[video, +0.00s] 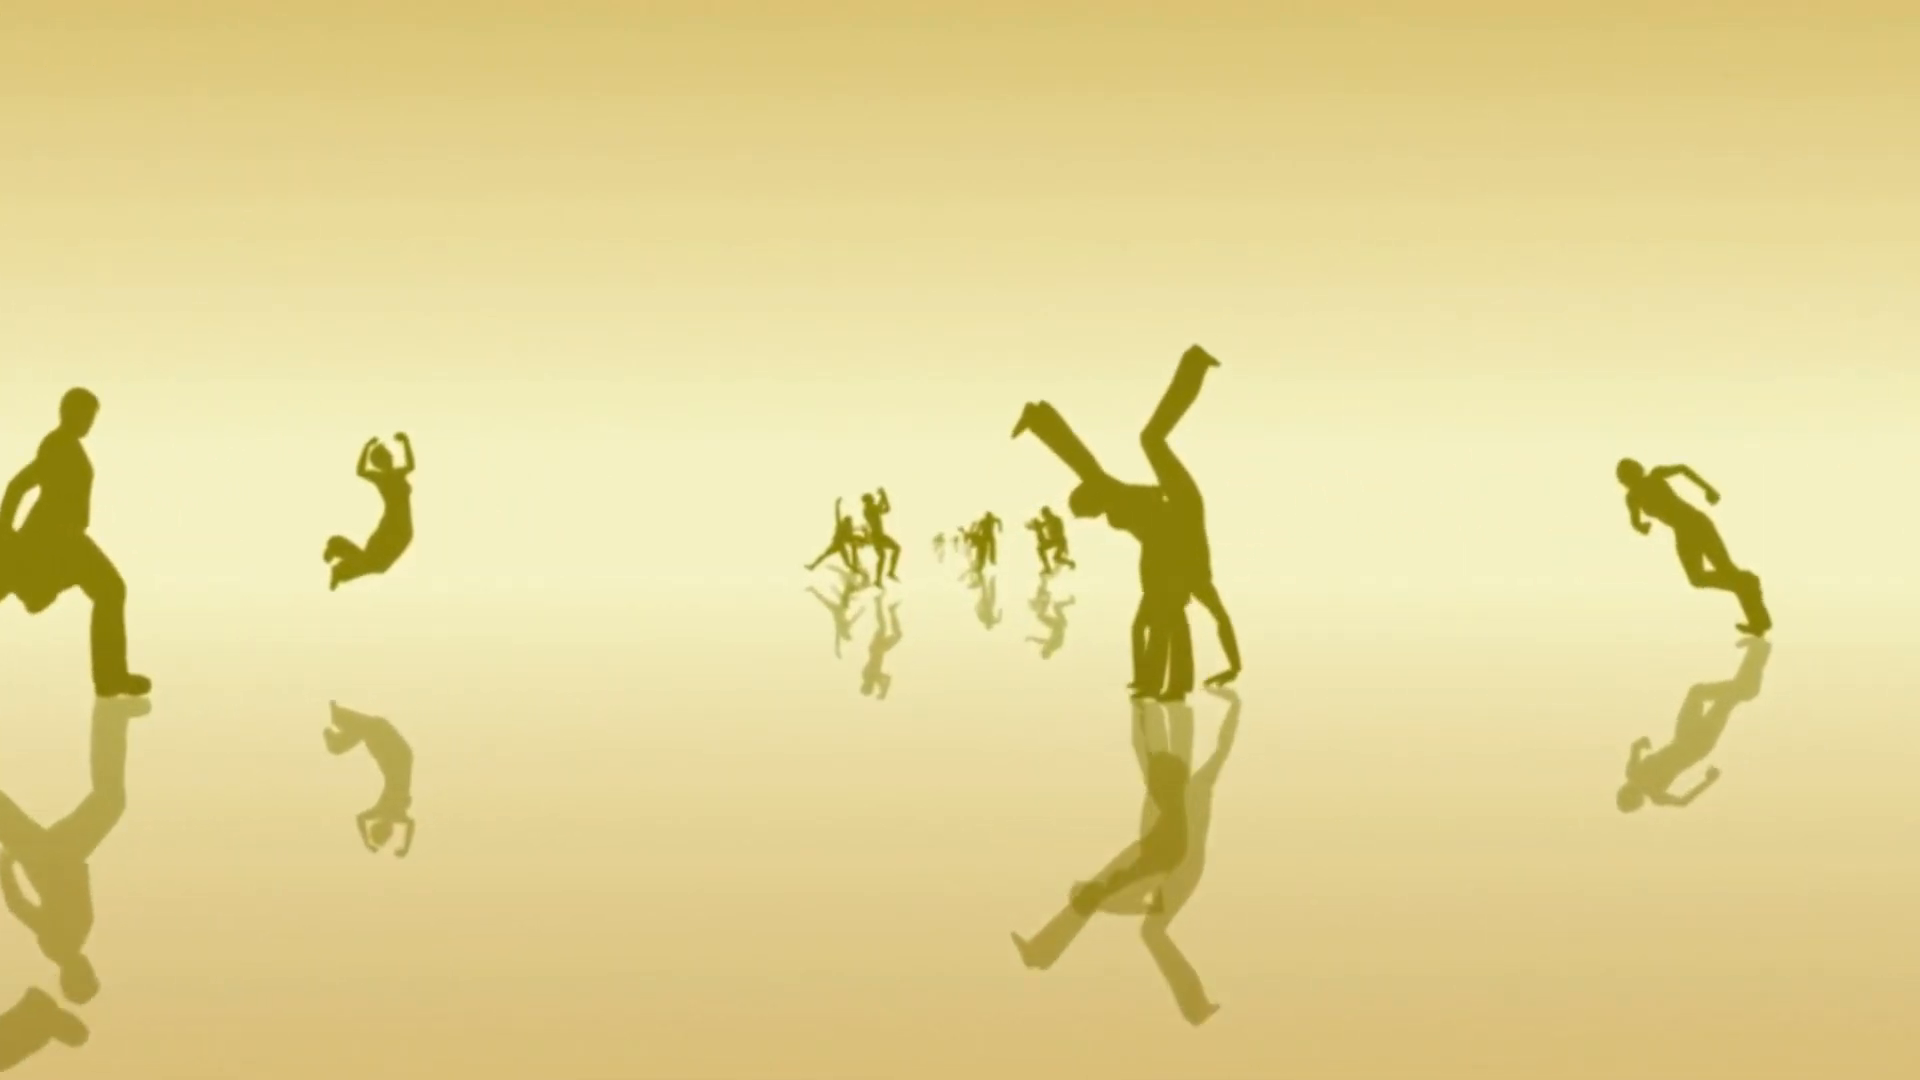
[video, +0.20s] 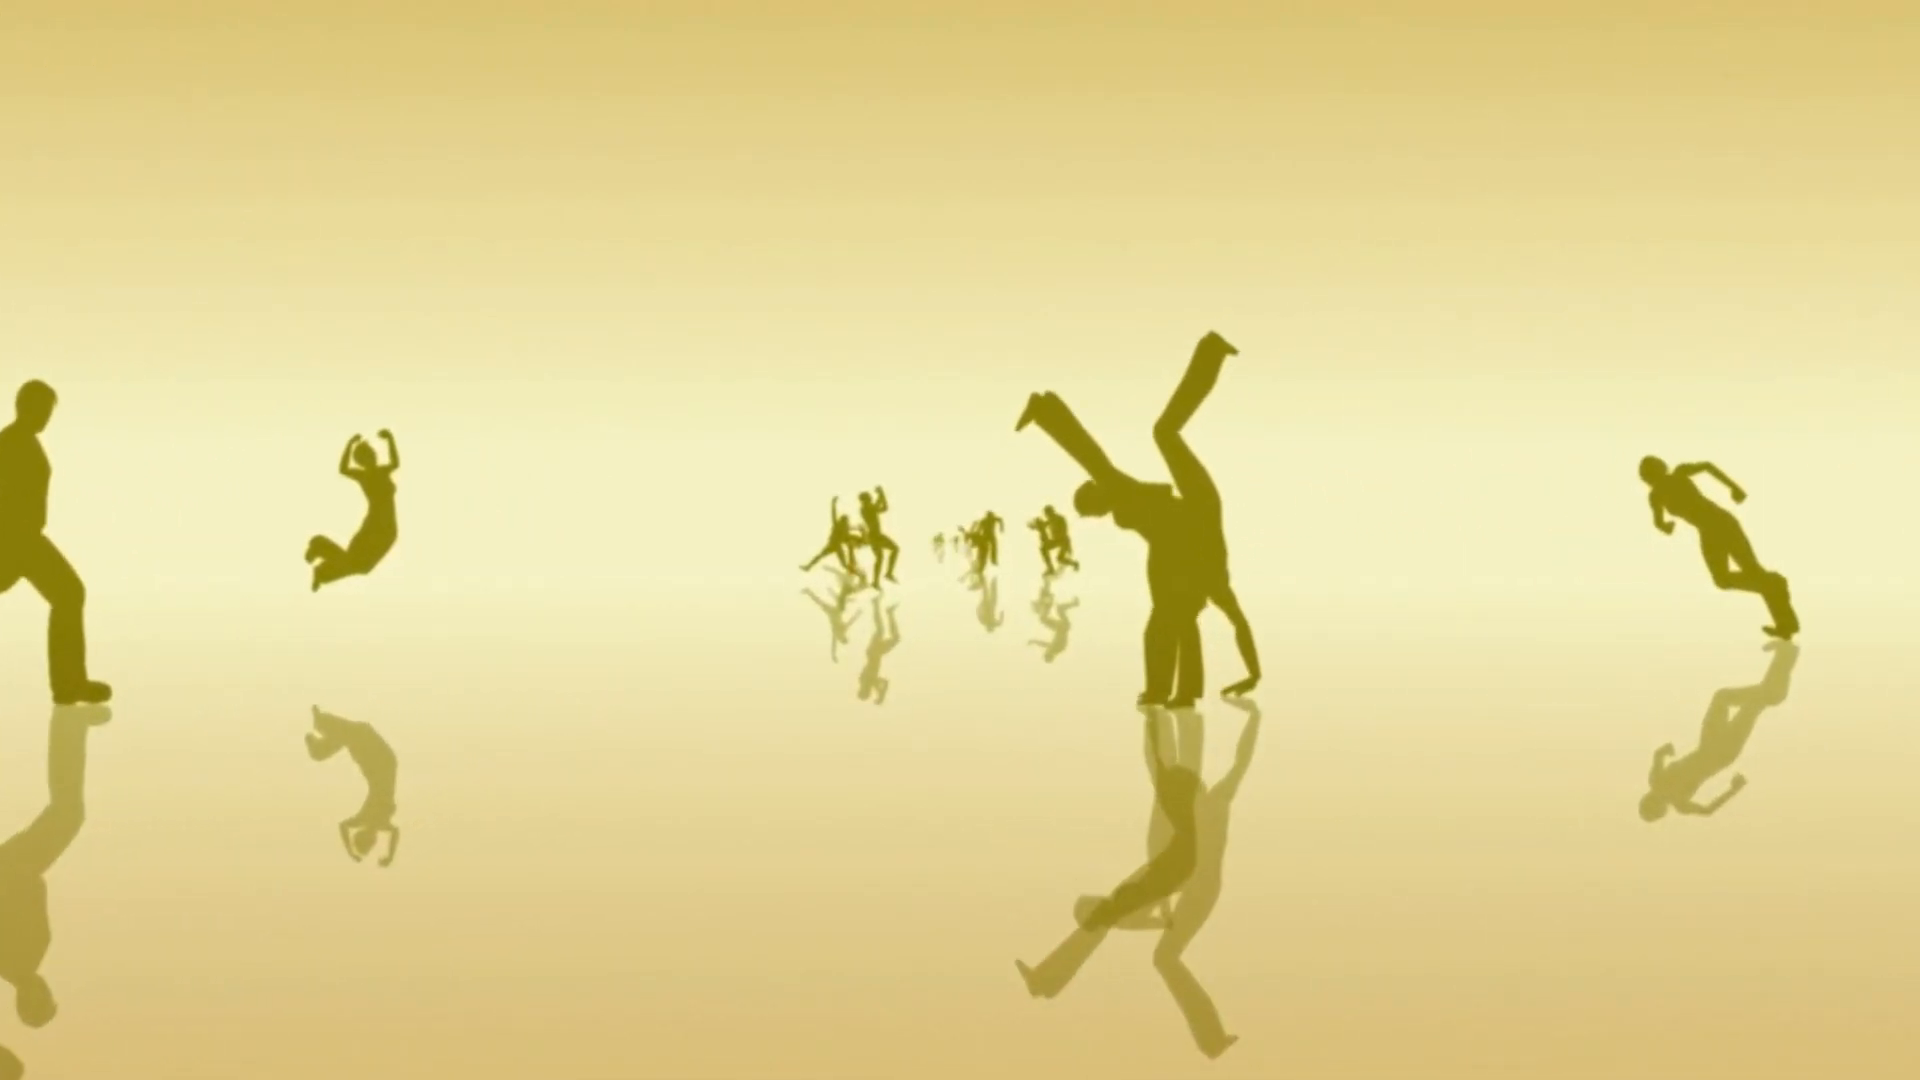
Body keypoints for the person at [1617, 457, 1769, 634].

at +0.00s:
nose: (1628, 482)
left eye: (1628, 476)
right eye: (1624, 479)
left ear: (1635, 471)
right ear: (1624, 480)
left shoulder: (1656, 475)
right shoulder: (1632, 497)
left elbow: (1683, 468)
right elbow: (1635, 521)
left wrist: (1708, 489)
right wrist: (1642, 527)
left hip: (1695, 521)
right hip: (1681, 530)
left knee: (1726, 568)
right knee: (1697, 578)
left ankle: (1758, 620)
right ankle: (1744, 581)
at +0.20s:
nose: (1651, 480)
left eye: (1651, 474)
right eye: (1647, 477)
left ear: (1657, 470)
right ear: (1648, 477)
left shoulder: (1680, 472)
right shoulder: (1655, 496)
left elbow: (1707, 466)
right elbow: (1658, 521)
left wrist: (1733, 487)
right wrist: (1666, 527)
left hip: (1720, 521)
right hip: (1706, 530)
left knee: (1752, 569)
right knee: (1722, 579)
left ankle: (1785, 623)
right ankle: (1771, 583)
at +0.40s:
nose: (1676, 478)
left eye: (1676, 471)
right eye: (1671, 475)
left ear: (1683, 467)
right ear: (1671, 476)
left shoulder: (1705, 470)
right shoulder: (1680, 495)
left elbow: (1734, 463)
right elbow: (1683, 520)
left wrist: (1760, 485)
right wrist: (1691, 527)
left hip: (1748, 520)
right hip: (1733, 530)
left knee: (1780, 570)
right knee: (1749, 581)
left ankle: (1814, 626)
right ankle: (1799, 584)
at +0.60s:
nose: (1701, 475)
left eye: (1702, 469)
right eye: (1697, 472)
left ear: (1710, 464)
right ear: (1697, 473)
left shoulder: (1732, 468)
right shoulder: (1706, 492)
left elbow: (1761, 460)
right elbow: (1709, 519)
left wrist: (1789, 483)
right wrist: (1717, 526)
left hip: (1777, 520)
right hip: (1761, 530)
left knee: (1810, 571)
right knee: (1778, 582)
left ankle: (1845, 630)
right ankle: (1830, 585)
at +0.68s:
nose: (1718, 474)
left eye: (1717, 468)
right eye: (1714, 470)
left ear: (1724, 463)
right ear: (1716, 469)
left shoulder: (1750, 466)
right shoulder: (1723, 492)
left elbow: (1780, 459)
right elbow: (1726, 518)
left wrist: (1808, 482)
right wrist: (1734, 526)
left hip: (1795, 519)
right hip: (1779, 529)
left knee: (1829, 572)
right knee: (1796, 583)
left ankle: (1865, 631)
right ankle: (1849, 586)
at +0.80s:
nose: (1729, 473)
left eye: (1728, 467)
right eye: (1725, 470)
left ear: (1736, 462)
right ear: (1726, 470)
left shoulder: (1762, 465)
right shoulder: (1734, 491)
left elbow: (1792, 458)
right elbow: (1737, 519)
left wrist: (1821, 481)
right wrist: (1746, 526)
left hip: (1808, 519)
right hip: (1791, 529)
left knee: (1842, 573)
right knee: (1808, 584)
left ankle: (1879, 633)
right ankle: (1863, 587)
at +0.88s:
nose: (1745, 472)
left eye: (1745, 466)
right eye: (1742, 468)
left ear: (1752, 461)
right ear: (1751, 462)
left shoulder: (1780, 463)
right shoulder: (1751, 490)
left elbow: (1810, 456)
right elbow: (1755, 517)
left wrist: (1840, 480)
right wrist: (1763, 526)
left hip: (1828, 519)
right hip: (1810, 529)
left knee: (1863, 575)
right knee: (1827, 585)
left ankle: (1900, 635)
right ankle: (1884, 588)